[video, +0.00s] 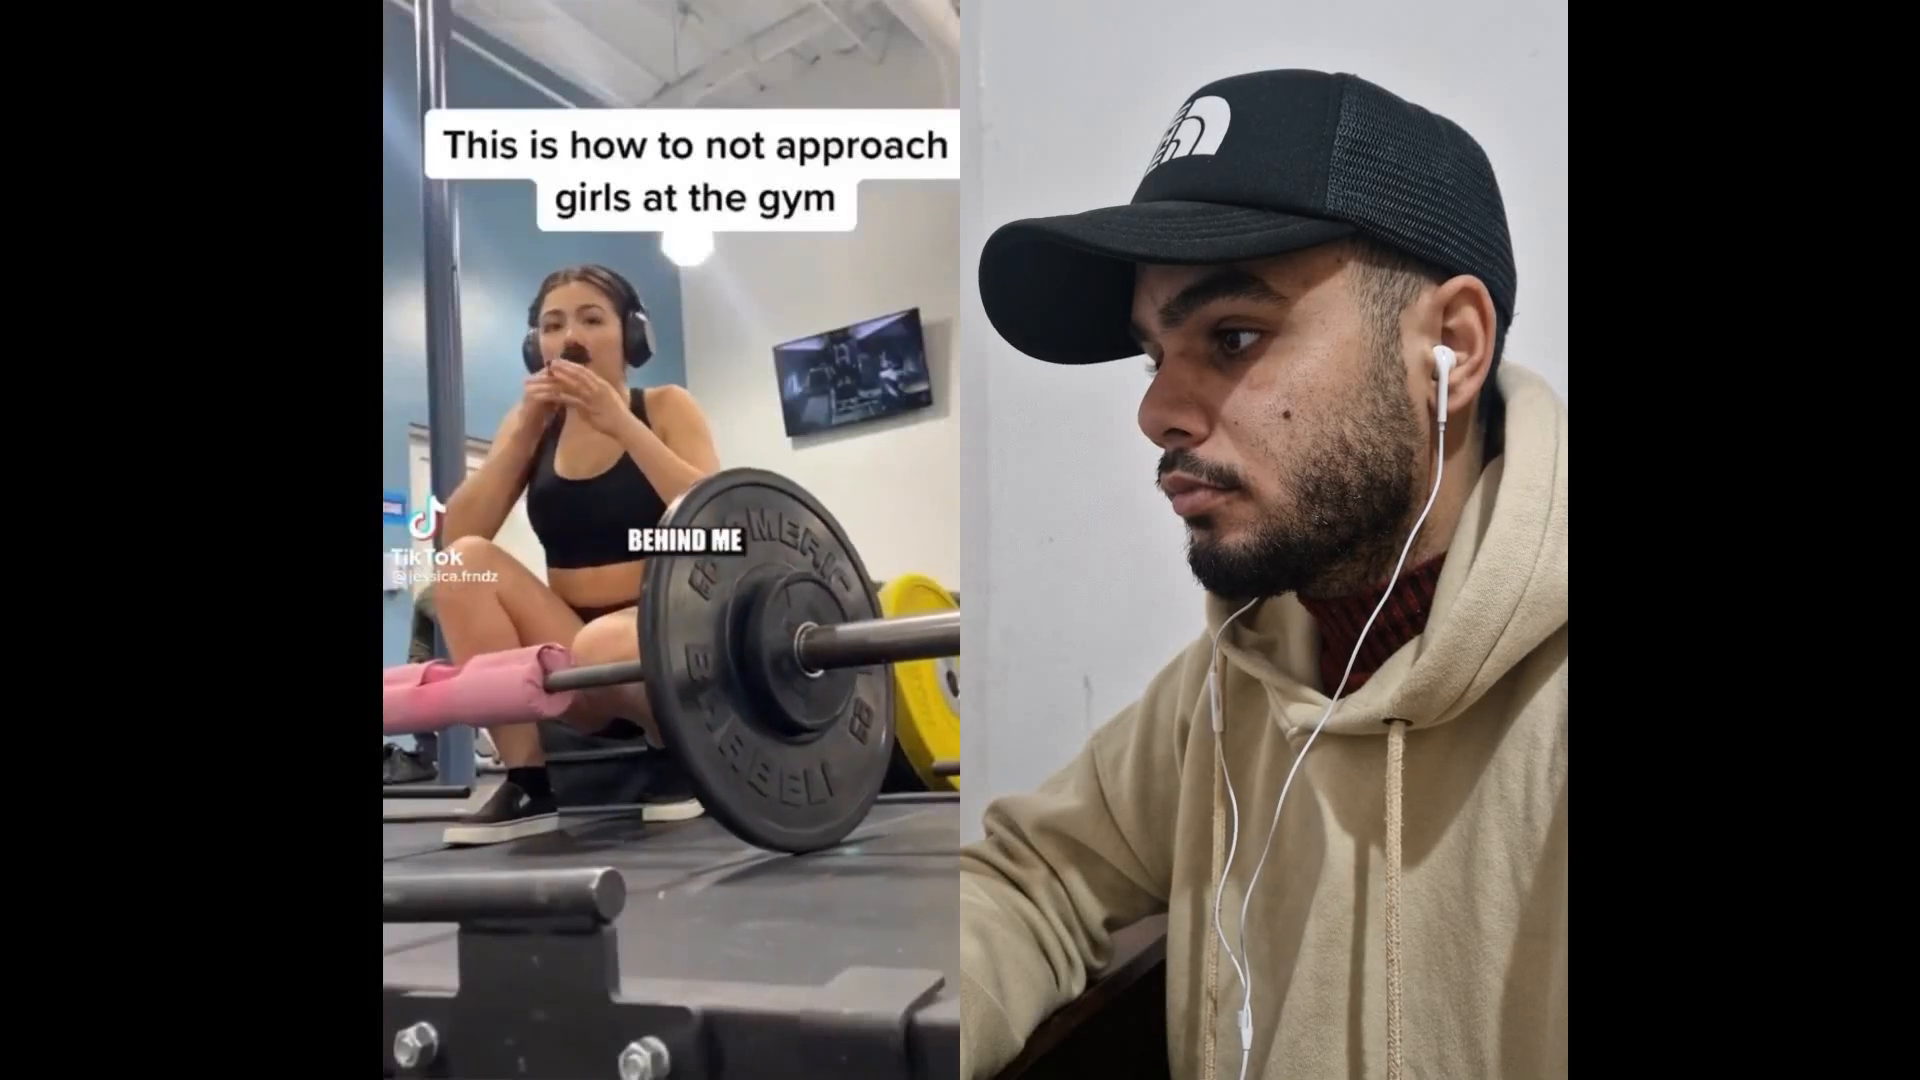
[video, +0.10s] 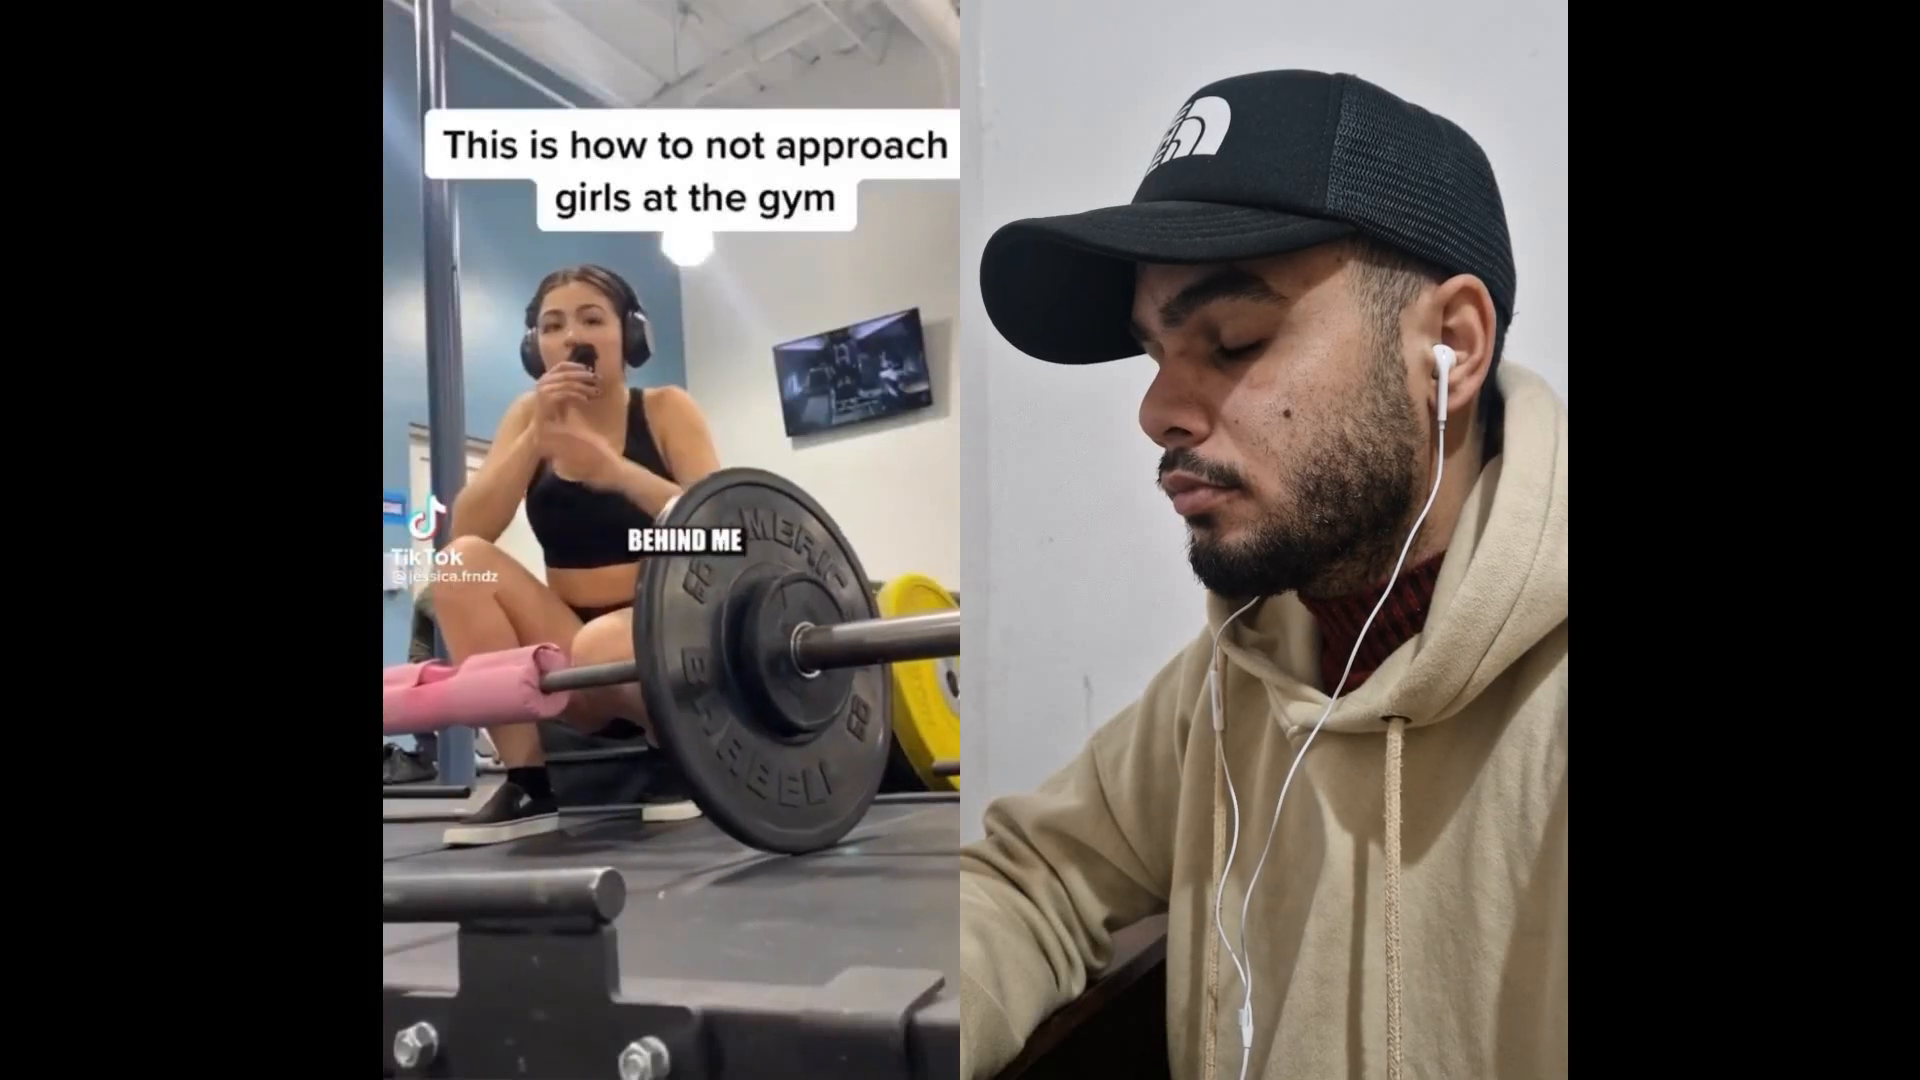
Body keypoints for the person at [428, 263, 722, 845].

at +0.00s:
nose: (571, 336)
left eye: (591, 319)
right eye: (553, 323)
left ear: (628, 336)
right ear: (538, 347)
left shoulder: (666, 407)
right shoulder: (536, 429)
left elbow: (709, 507)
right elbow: (456, 538)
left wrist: (621, 420)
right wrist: (522, 427)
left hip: (670, 633)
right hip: (571, 644)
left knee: (598, 644)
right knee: (463, 564)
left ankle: (679, 754)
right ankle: (527, 781)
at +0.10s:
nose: (573, 334)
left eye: (592, 319)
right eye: (554, 324)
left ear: (628, 336)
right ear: (537, 349)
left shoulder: (666, 410)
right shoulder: (530, 414)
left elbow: (717, 519)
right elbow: (468, 532)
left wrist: (616, 470)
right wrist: (535, 433)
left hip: (671, 628)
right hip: (571, 637)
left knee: (596, 646)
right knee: (461, 564)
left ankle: (689, 754)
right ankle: (527, 781)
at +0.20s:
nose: (575, 332)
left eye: (594, 317)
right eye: (556, 321)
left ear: (629, 334)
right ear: (538, 347)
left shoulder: (663, 411)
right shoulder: (531, 410)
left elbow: (702, 527)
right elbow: (478, 531)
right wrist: (544, 427)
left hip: (663, 630)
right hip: (567, 637)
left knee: (602, 639)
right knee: (462, 562)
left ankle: (676, 758)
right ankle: (526, 781)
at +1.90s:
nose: (586, 417)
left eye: (604, 394)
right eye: (564, 398)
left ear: (637, 376)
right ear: (540, 389)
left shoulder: (680, 442)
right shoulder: (531, 436)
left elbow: (732, 560)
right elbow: (496, 562)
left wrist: (688, 650)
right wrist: (554, 515)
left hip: (682, 662)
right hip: (582, 666)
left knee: (649, 612)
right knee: (483, 561)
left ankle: (677, 749)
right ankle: (528, 785)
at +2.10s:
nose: (495, 418)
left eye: (505, 391)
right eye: (477, 400)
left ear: (562, 361)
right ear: (467, 395)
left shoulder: (656, 422)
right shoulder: (500, 471)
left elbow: (677, 566)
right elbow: (541, 596)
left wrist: (521, 617)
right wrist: (510, 540)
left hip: (713, 647)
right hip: (602, 661)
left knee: (652, 641)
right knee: (476, 560)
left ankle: (690, 761)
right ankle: (539, 797)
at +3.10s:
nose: (559, 395)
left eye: (570, 366)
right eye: (530, 381)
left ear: (600, 348)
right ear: (507, 388)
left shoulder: (664, 420)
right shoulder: (515, 453)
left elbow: (740, 529)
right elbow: (501, 587)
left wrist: (595, 603)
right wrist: (535, 519)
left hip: (715, 665)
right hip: (602, 671)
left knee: (657, 634)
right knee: (502, 559)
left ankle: (698, 762)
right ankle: (542, 796)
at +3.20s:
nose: (565, 386)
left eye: (577, 358)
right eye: (537, 372)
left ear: (606, 342)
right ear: (513, 380)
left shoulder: (672, 420)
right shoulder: (520, 449)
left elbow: (764, 523)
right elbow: (502, 581)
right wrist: (548, 506)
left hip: (717, 664)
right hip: (602, 673)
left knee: (654, 640)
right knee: (506, 561)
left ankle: (696, 760)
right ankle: (543, 794)